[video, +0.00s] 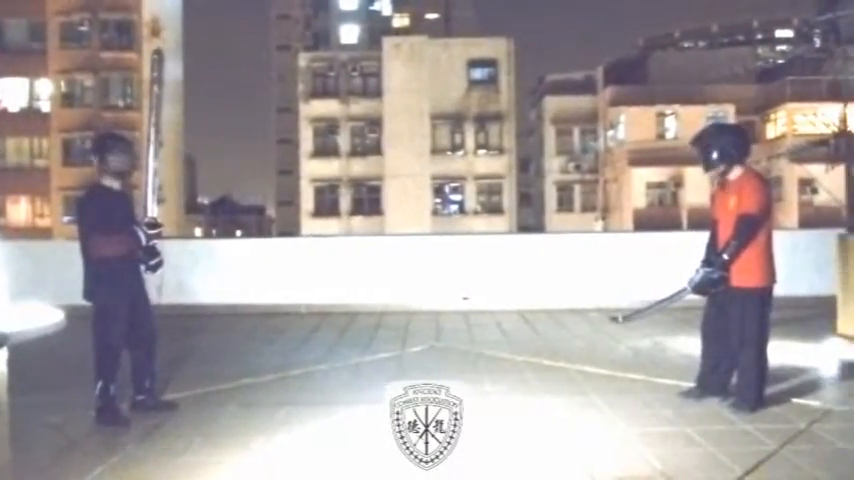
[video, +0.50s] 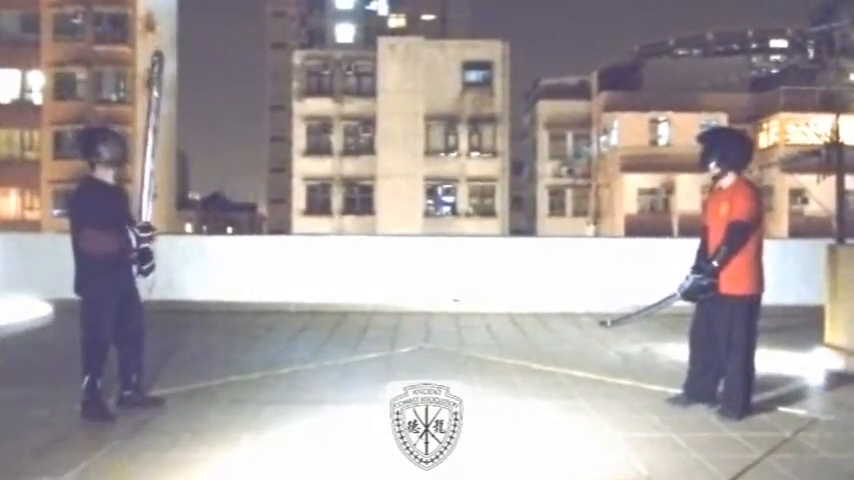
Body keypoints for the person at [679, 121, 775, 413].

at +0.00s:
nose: (705, 161)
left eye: (708, 153)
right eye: (704, 154)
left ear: (725, 153)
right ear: (722, 155)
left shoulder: (753, 185)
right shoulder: (720, 189)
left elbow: (747, 228)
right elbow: (716, 231)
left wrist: (721, 263)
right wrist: (707, 265)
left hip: (751, 278)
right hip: (726, 276)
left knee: (749, 338)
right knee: (715, 332)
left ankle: (748, 394)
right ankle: (711, 383)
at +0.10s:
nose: (702, 158)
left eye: (707, 151)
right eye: (702, 151)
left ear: (724, 152)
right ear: (719, 153)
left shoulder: (750, 185)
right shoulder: (717, 186)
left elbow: (743, 228)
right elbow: (713, 229)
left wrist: (718, 263)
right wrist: (704, 264)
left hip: (748, 277)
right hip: (723, 275)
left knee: (745, 338)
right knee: (713, 331)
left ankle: (746, 394)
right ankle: (709, 383)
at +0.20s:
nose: (703, 156)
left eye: (708, 150)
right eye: (704, 150)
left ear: (723, 152)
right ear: (720, 154)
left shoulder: (747, 187)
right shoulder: (715, 187)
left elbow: (740, 230)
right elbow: (710, 230)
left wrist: (715, 265)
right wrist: (701, 264)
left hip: (744, 278)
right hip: (719, 276)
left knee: (742, 340)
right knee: (709, 333)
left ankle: (742, 396)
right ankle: (705, 384)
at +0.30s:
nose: (703, 158)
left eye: (708, 152)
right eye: (704, 152)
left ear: (724, 155)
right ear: (718, 156)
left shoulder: (745, 190)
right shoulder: (713, 190)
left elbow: (737, 233)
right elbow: (708, 232)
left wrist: (712, 267)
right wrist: (699, 266)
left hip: (741, 280)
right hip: (716, 279)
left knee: (739, 342)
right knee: (707, 336)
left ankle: (738, 399)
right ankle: (702, 386)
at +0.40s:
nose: (705, 161)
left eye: (710, 154)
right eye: (706, 155)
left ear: (726, 157)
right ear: (718, 158)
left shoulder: (745, 193)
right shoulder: (714, 193)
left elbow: (737, 235)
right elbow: (708, 236)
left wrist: (712, 269)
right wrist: (698, 268)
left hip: (740, 283)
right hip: (715, 281)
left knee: (737, 345)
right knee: (705, 338)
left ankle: (736, 401)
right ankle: (700, 389)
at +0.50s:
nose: (707, 162)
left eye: (712, 156)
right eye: (707, 156)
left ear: (726, 158)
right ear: (717, 160)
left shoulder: (745, 193)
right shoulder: (714, 195)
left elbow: (736, 237)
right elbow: (707, 237)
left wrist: (710, 271)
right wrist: (698, 270)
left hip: (740, 284)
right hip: (715, 282)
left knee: (736, 345)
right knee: (704, 339)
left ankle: (735, 401)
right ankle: (699, 389)